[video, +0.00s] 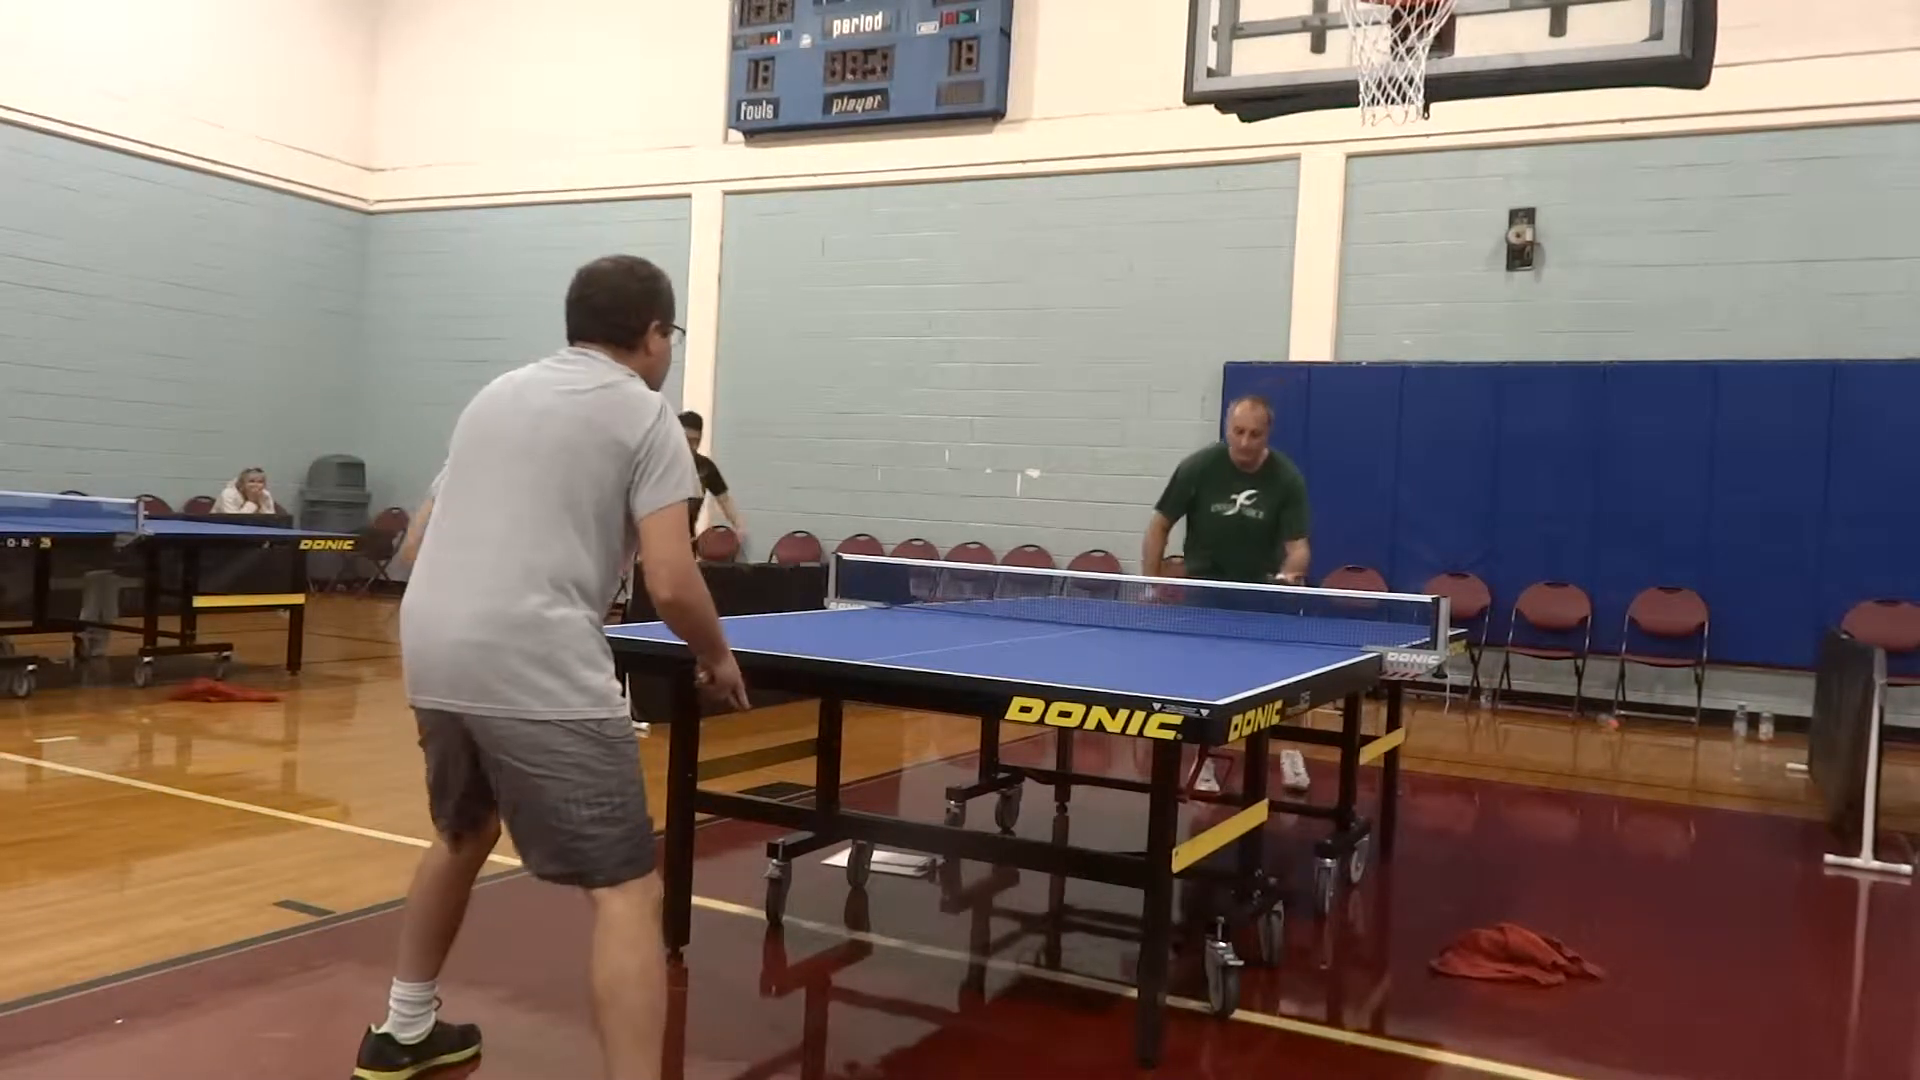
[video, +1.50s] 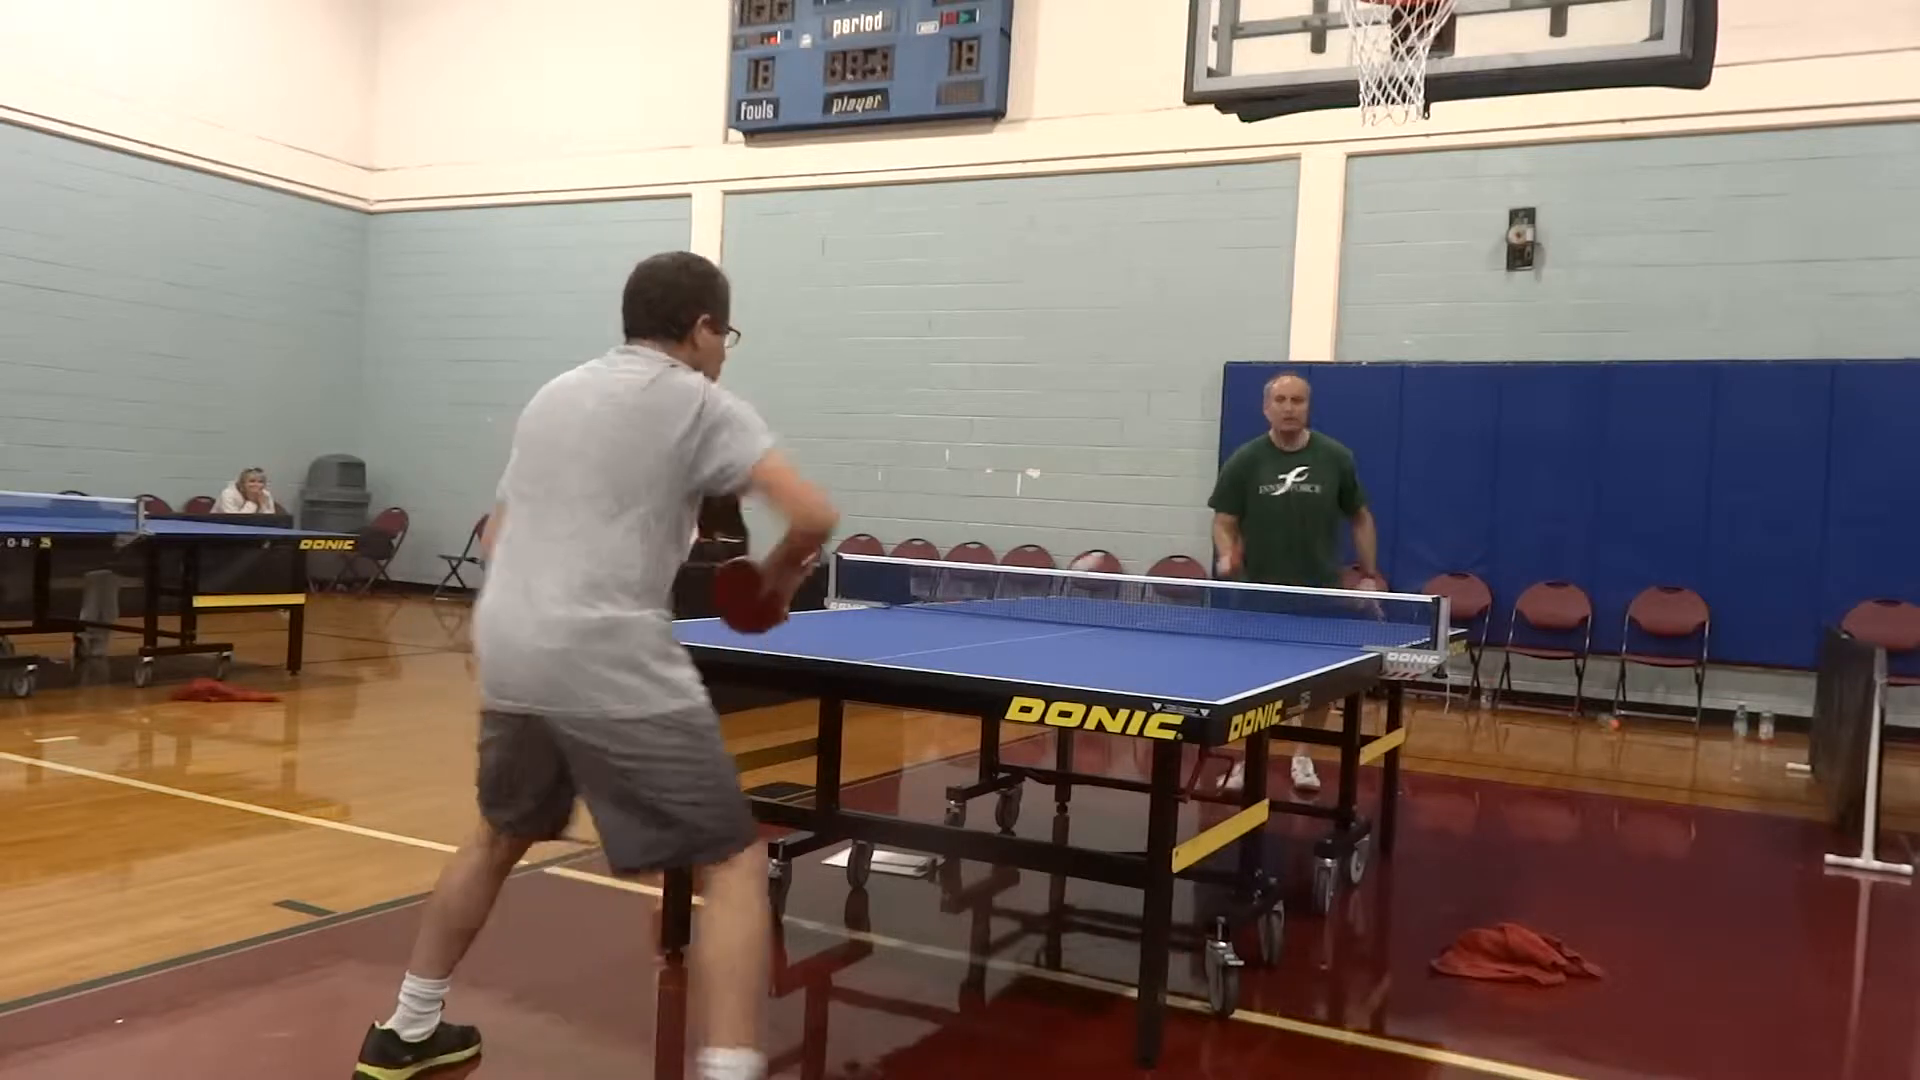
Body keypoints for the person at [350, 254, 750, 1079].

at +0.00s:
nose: (671, 351)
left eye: (673, 337)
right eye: (671, 336)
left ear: (573, 329)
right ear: (649, 336)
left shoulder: (495, 395)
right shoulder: (645, 415)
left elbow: (422, 540)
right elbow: (672, 580)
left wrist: (542, 593)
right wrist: (716, 657)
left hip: (433, 659)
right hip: (542, 671)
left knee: (462, 827)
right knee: (626, 885)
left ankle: (404, 1027)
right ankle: (636, 1072)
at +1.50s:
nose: (727, 349)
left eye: (729, 335)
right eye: (726, 334)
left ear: (632, 326)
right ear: (699, 329)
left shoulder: (553, 395)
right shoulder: (703, 400)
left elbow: (496, 536)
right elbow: (814, 514)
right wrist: (777, 573)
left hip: (506, 659)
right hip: (617, 668)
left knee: (496, 833)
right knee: (733, 862)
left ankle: (408, 1026)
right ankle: (730, 1070)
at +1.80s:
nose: (777, 300)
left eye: (776, 289)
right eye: (776, 288)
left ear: (676, 289)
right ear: (759, 286)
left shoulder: (612, 372)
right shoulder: (796, 360)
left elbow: (528, 526)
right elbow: (935, 435)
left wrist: (592, 589)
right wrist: (930, 509)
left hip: (613, 663)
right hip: (748, 675)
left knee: (561, 836)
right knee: (785, 882)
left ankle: (491, 1017)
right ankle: (758, 1074)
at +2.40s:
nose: (731, 295)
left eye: (732, 280)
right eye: (729, 279)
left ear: (629, 278)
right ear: (707, 280)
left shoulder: (552, 355)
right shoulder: (717, 376)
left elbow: (456, 484)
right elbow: (802, 549)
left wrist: (531, 554)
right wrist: (816, 577)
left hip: (507, 640)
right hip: (628, 651)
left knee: (472, 820)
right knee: (707, 856)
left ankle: (406, 1013)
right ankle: (678, 1070)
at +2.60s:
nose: (702, 362)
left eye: (700, 345)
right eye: (697, 345)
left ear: (607, 342)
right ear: (666, 346)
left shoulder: (530, 415)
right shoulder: (652, 433)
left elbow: (447, 546)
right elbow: (664, 589)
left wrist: (553, 571)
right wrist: (738, 632)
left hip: (457, 687)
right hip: (564, 699)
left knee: (448, 847)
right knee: (722, 874)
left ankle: (340, 1025)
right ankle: (680, 1072)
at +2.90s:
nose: (764, 325)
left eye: (769, 305)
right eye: (746, 303)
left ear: (675, 303)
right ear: (677, 300)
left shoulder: (618, 368)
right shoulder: (662, 389)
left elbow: (578, 522)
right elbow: (626, 525)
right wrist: (730, 602)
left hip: (539, 666)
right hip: (607, 683)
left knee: (508, 846)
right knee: (752, 885)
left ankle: (376, 1010)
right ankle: (724, 1070)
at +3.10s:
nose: (748, 251)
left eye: (766, 229)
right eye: (722, 228)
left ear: (783, 236)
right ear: (671, 231)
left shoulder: (721, 347)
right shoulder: (650, 344)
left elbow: (680, 524)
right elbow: (546, 510)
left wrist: (741, 625)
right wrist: (672, 613)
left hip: (647, 675)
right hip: (625, 682)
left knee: (627, 878)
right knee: (719, 906)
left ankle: (492, 1056)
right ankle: (722, 1074)